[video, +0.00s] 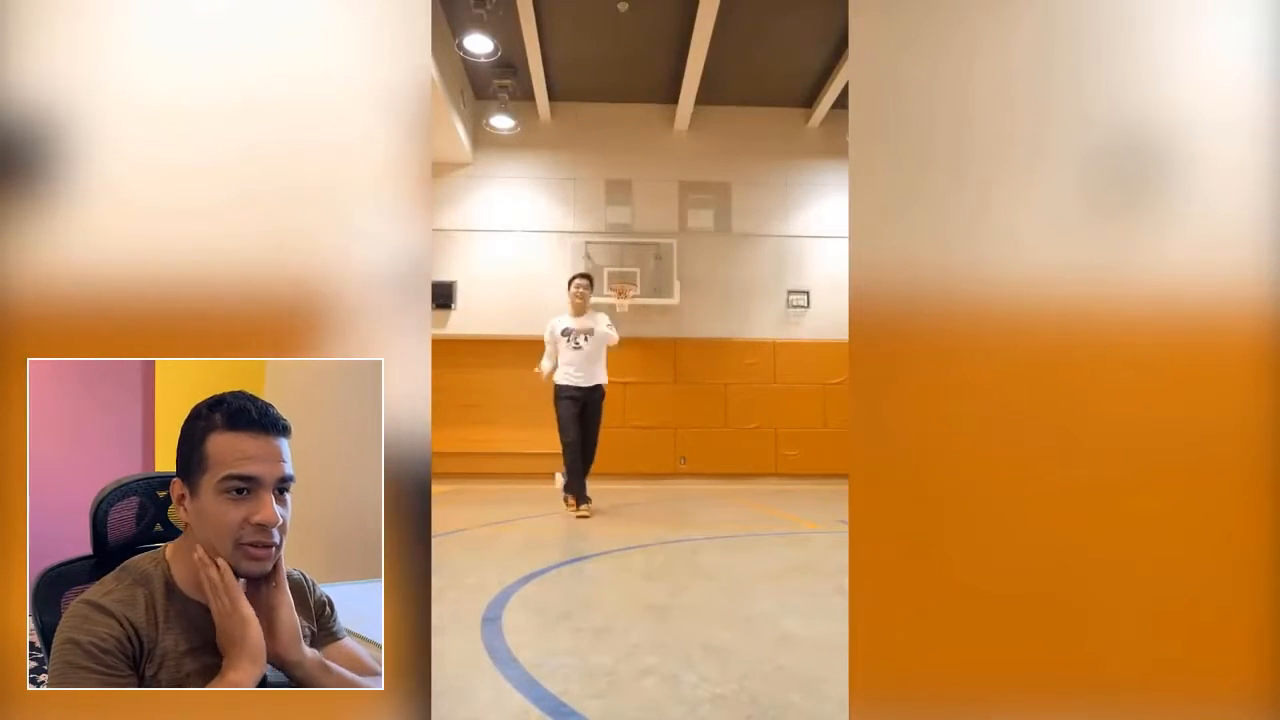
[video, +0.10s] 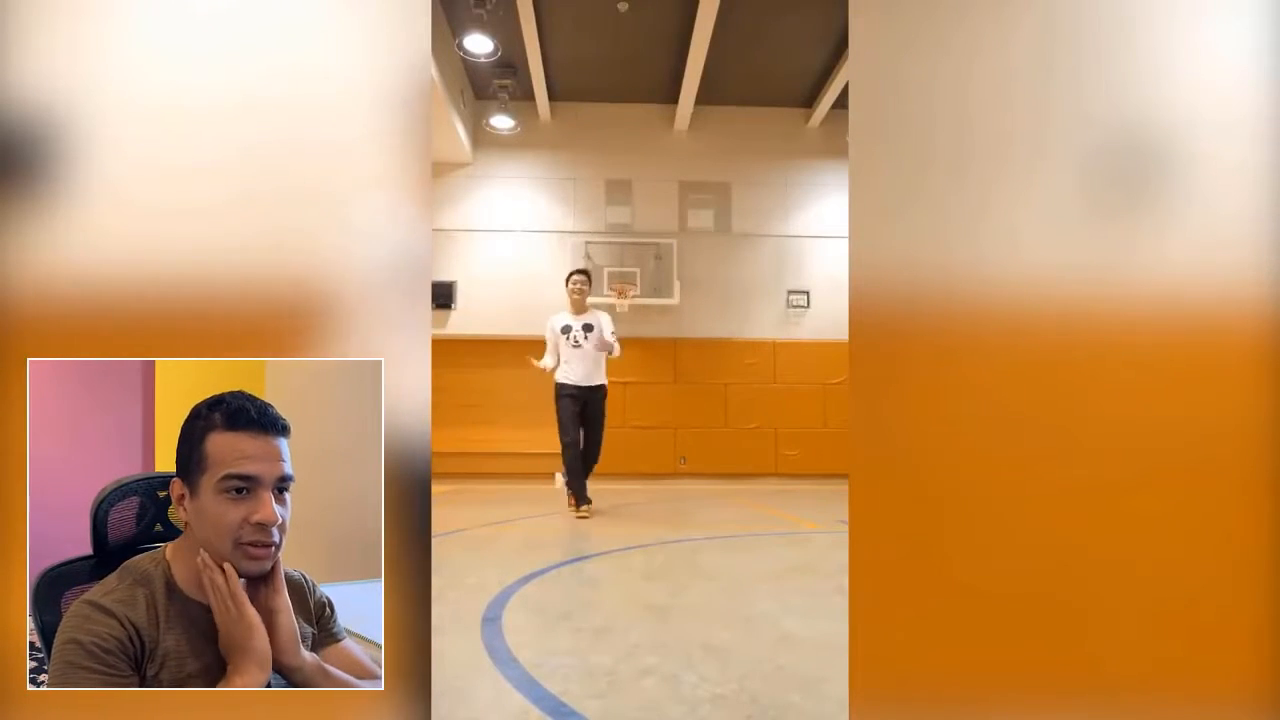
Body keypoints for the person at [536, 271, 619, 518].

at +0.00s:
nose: (580, 291)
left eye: (585, 288)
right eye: (576, 287)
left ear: (591, 294)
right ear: (568, 292)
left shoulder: (600, 318)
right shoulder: (556, 324)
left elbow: (613, 339)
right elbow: (550, 355)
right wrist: (544, 369)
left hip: (594, 388)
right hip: (566, 387)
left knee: (589, 444)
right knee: (571, 442)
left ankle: (570, 485)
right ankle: (581, 499)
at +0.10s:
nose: (578, 287)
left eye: (583, 284)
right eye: (574, 283)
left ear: (590, 290)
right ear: (566, 289)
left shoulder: (601, 318)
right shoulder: (556, 321)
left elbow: (613, 349)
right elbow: (551, 356)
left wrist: (609, 343)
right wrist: (542, 364)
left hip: (596, 387)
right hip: (567, 386)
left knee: (593, 449)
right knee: (570, 442)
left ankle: (571, 480)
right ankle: (581, 500)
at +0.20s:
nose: (576, 281)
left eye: (581, 277)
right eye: (572, 277)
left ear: (591, 281)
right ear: (567, 281)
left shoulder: (605, 314)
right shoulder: (558, 314)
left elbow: (619, 348)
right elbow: (549, 346)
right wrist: (540, 360)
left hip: (598, 383)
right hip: (567, 384)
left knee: (604, 437)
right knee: (569, 444)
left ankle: (590, 481)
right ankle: (580, 501)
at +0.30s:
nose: (574, 278)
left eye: (579, 274)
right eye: (571, 274)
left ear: (591, 278)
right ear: (568, 279)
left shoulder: (607, 313)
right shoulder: (559, 312)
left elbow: (626, 350)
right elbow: (550, 345)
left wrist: (647, 379)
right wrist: (537, 364)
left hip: (599, 381)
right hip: (568, 382)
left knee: (607, 433)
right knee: (569, 445)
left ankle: (598, 486)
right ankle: (580, 501)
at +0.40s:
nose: (573, 276)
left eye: (579, 272)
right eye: (572, 272)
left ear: (594, 276)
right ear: (571, 277)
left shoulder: (612, 312)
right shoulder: (563, 309)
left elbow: (626, 351)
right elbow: (553, 347)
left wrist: (644, 382)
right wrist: (535, 369)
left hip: (601, 382)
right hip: (569, 383)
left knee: (609, 436)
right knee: (571, 446)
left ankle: (608, 501)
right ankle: (581, 501)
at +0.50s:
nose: (578, 274)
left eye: (584, 270)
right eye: (576, 270)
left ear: (599, 274)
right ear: (574, 275)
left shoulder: (615, 312)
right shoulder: (565, 308)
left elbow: (628, 352)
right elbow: (554, 347)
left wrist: (642, 384)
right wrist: (534, 370)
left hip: (604, 381)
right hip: (572, 382)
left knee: (609, 437)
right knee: (572, 444)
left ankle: (605, 502)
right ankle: (581, 501)